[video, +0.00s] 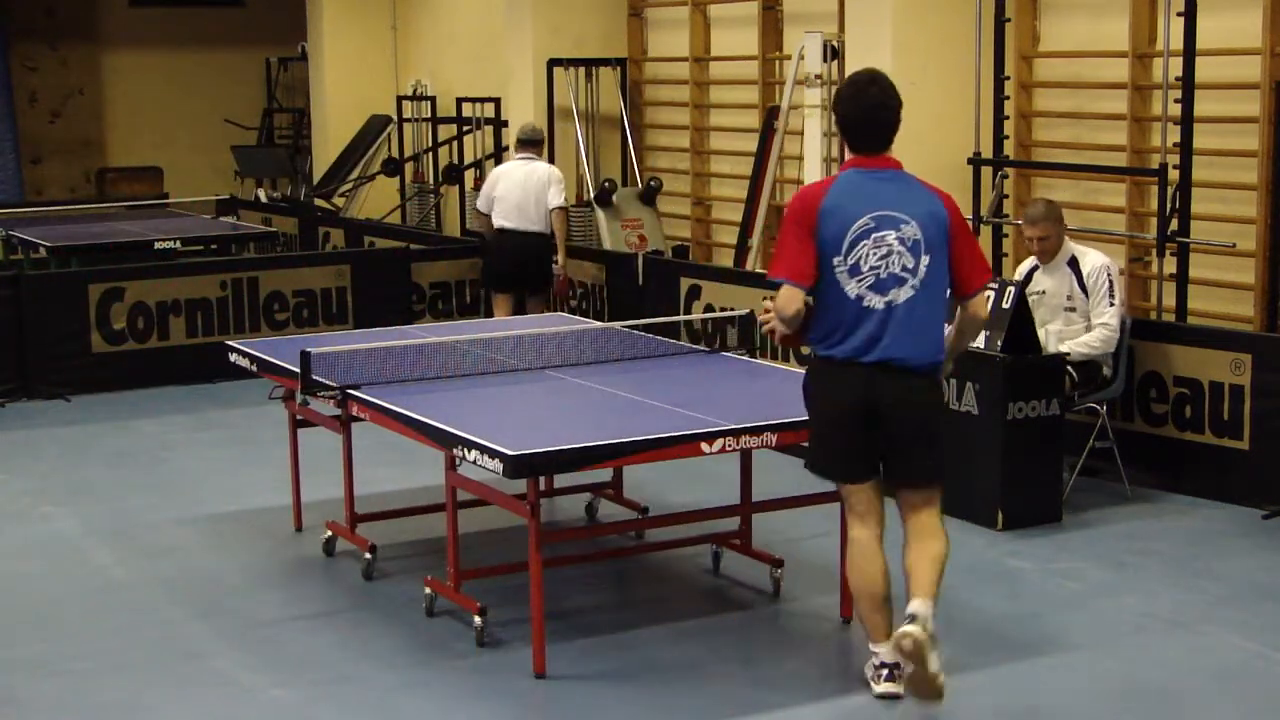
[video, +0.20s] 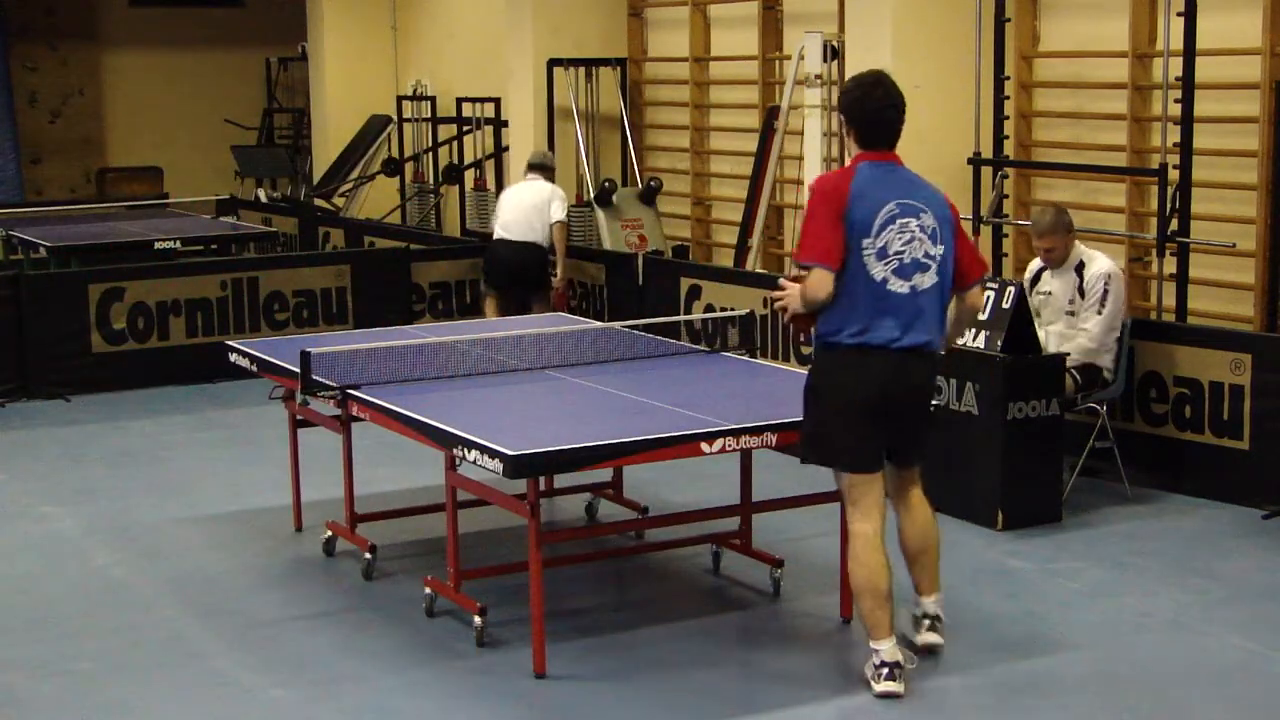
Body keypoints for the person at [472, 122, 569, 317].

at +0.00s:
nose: (542, 150)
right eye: (542, 146)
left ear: (515, 146)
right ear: (541, 147)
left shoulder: (499, 172)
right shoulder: (551, 173)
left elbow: (482, 213)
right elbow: (558, 212)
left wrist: (495, 240)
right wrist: (561, 256)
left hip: (504, 246)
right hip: (538, 247)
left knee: (502, 315)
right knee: (536, 314)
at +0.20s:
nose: (555, 177)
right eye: (554, 173)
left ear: (527, 171)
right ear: (551, 172)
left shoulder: (508, 191)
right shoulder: (554, 192)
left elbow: (495, 226)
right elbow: (559, 228)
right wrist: (560, 270)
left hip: (500, 252)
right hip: (533, 254)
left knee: (492, 298)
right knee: (539, 305)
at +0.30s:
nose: (555, 189)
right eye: (555, 186)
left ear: (529, 183)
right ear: (553, 185)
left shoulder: (514, 200)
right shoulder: (554, 201)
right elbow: (556, 234)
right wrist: (558, 272)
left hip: (496, 255)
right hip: (528, 258)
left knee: (495, 301)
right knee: (541, 306)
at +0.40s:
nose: (555, 202)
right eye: (554, 199)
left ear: (529, 197)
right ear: (552, 198)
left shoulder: (518, 211)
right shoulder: (550, 210)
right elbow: (551, 240)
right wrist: (554, 283)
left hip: (493, 263)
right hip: (522, 266)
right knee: (542, 316)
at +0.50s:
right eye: (552, 210)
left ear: (528, 208)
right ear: (550, 210)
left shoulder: (519, 223)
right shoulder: (548, 221)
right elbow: (546, 249)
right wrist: (549, 286)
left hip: (492, 275)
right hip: (519, 277)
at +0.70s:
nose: (551, 230)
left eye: (550, 225)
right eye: (549, 226)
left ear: (525, 227)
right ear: (543, 226)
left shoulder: (518, 243)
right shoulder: (543, 240)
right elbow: (536, 265)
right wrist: (542, 304)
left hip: (490, 300)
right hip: (515, 304)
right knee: (568, 305)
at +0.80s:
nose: (550, 228)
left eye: (550, 224)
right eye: (549, 224)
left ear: (526, 224)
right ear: (544, 224)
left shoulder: (519, 240)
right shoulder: (541, 237)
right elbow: (532, 266)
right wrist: (537, 305)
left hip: (489, 299)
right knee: (566, 304)